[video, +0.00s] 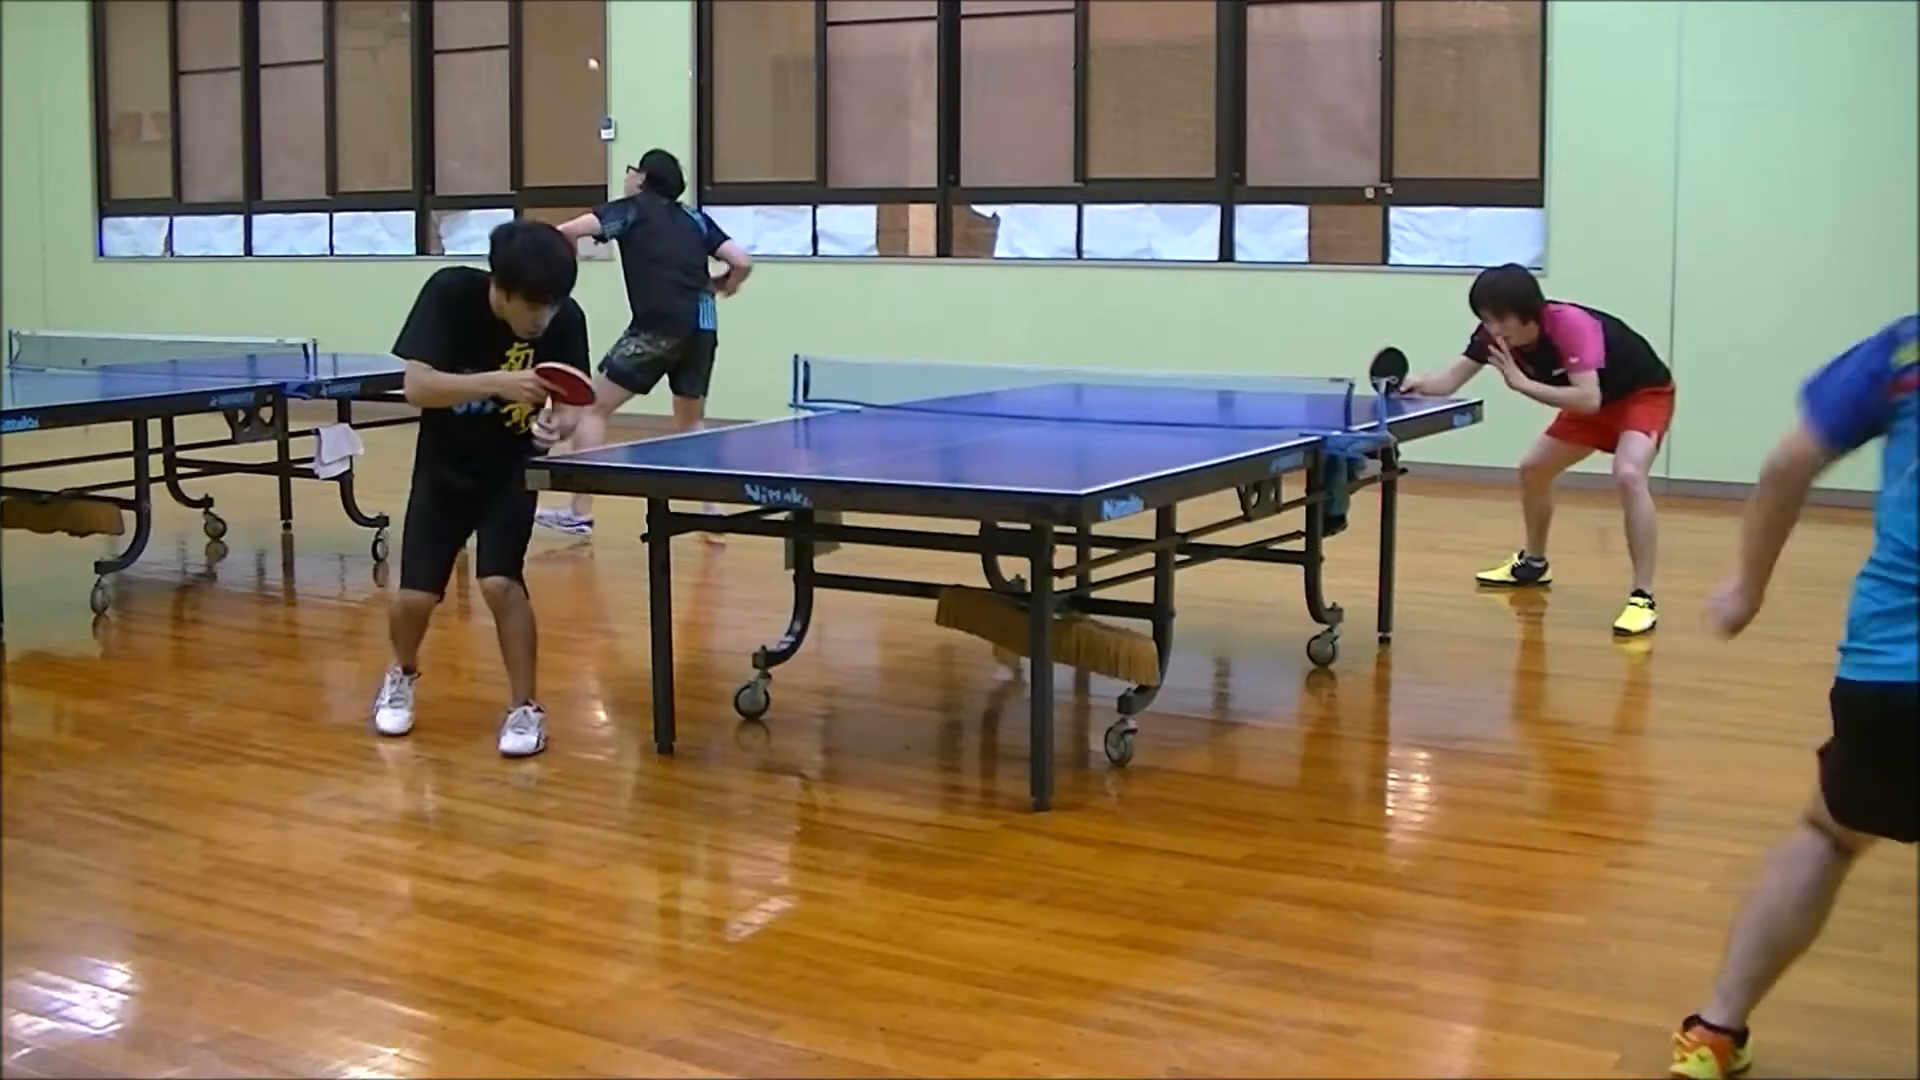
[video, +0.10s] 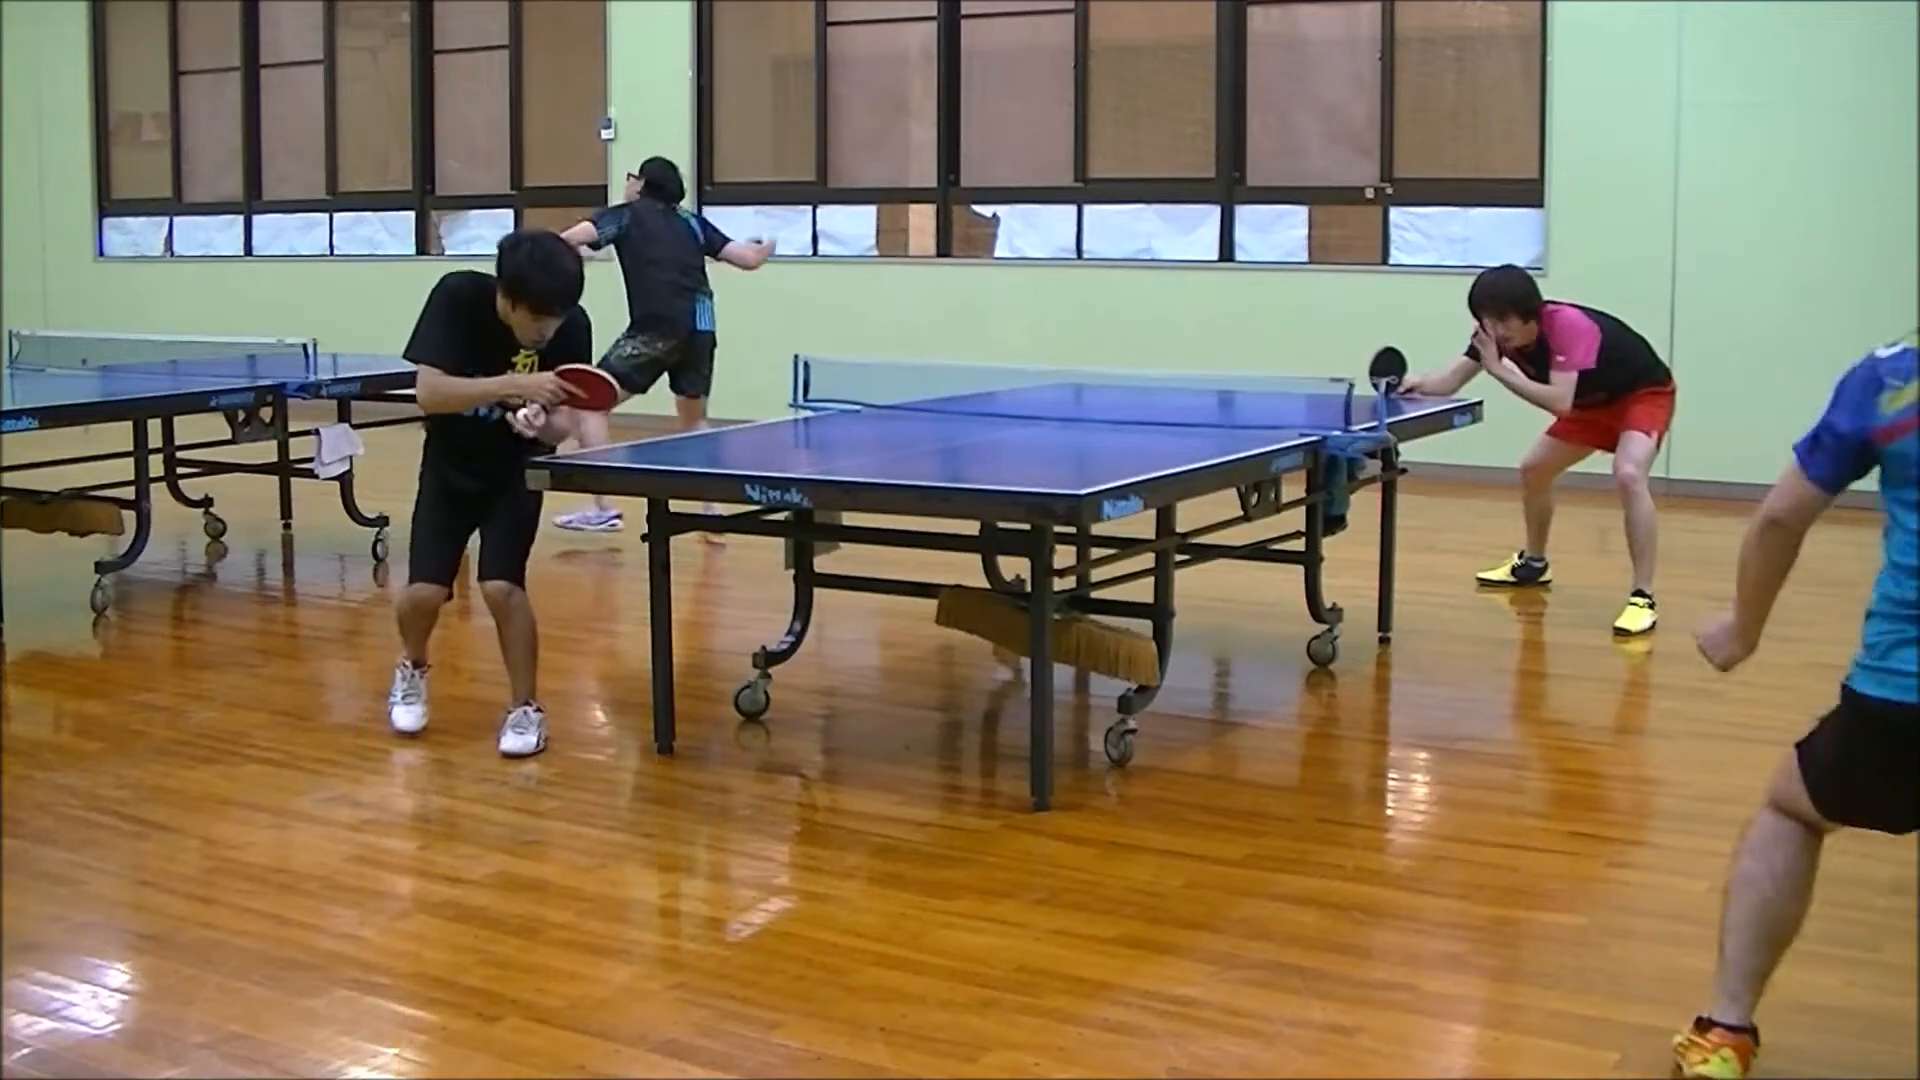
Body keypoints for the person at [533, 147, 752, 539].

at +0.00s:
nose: (627, 176)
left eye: (633, 172)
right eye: (630, 171)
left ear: (645, 180)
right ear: (672, 186)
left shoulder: (632, 208)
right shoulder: (694, 218)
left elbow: (567, 231)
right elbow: (741, 262)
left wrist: (544, 252)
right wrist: (726, 284)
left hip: (657, 326)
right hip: (702, 331)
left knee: (592, 409)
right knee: (691, 423)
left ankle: (579, 513)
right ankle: (713, 514)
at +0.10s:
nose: (626, 185)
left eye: (631, 180)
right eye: (629, 179)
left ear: (643, 187)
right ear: (673, 193)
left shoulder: (629, 213)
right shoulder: (692, 221)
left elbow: (571, 237)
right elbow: (748, 259)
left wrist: (577, 251)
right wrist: (766, 247)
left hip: (657, 325)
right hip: (701, 331)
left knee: (591, 403)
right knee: (694, 419)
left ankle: (603, 506)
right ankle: (711, 510)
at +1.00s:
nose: (497, 223)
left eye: (503, 215)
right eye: (494, 217)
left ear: (530, 213)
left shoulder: (563, 235)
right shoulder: (520, 256)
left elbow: (607, 289)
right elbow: (526, 306)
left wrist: (571, 321)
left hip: (608, 331)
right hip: (563, 336)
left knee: (598, 405)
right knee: (553, 409)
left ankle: (602, 497)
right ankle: (557, 483)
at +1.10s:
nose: (495, 222)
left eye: (502, 214)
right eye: (492, 215)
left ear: (528, 213)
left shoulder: (564, 234)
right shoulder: (514, 254)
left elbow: (613, 284)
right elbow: (517, 305)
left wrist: (574, 321)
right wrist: (530, 334)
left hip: (610, 320)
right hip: (563, 327)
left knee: (608, 396)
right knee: (551, 402)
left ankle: (633, 492)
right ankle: (556, 482)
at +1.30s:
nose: (513, 234)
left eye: (519, 226)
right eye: (510, 227)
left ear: (547, 224)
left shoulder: (583, 244)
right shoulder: (513, 265)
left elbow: (634, 293)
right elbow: (516, 316)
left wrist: (598, 337)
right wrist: (534, 343)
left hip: (617, 334)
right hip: (560, 340)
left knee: (631, 423)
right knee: (547, 419)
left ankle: (669, 489)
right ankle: (555, 488)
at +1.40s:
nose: (531, 249)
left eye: (538, 241)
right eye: (526, 242)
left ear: (561, 239)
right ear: (522, 239)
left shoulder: (599, 252)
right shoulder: (531, 266)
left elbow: (648, 303)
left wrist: (610, 337)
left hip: (617, 338)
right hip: (562, 340)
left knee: (638, 424)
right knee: (542, 422)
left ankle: (671, 491)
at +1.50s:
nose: (537, 258)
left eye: (543, 250)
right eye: (532, 250)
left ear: (566, 246)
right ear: (529, 246)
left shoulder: (601, 255)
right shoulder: (534, 271)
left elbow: (650, 301)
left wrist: (612, 326)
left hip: (611, 343)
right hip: (557, 345)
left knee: (637, 425)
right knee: (533, 426)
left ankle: (673, 490)